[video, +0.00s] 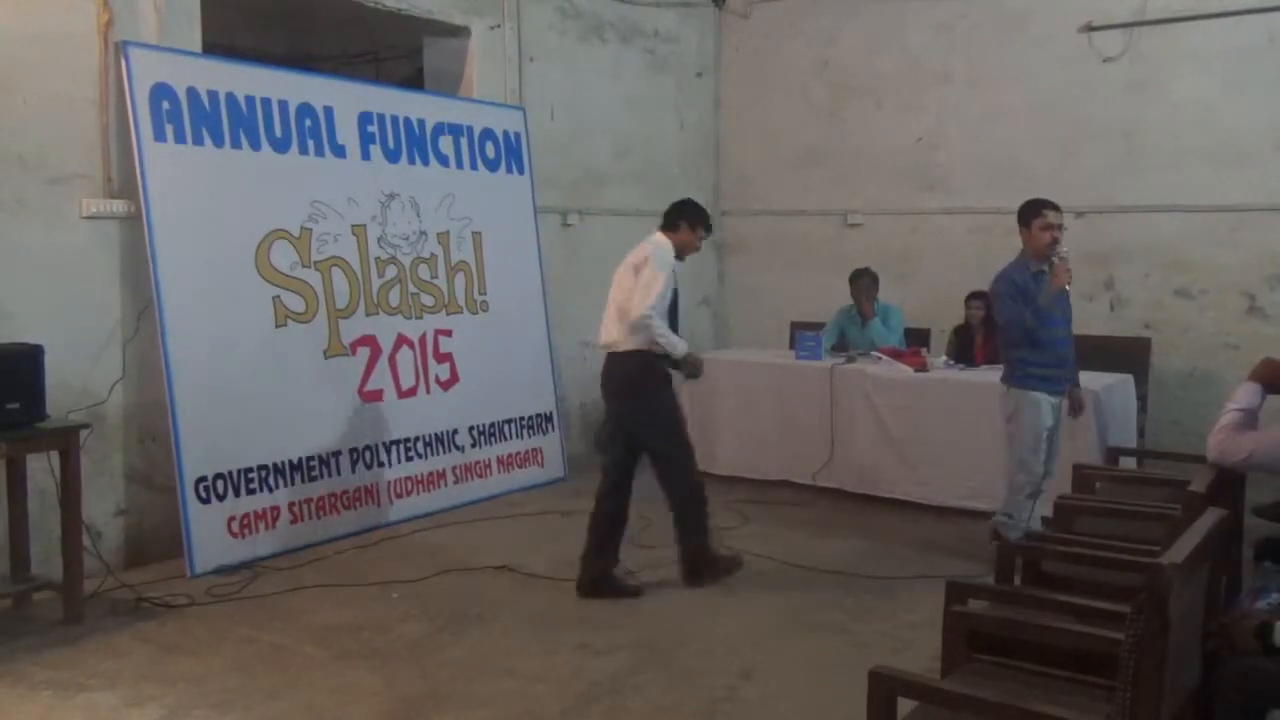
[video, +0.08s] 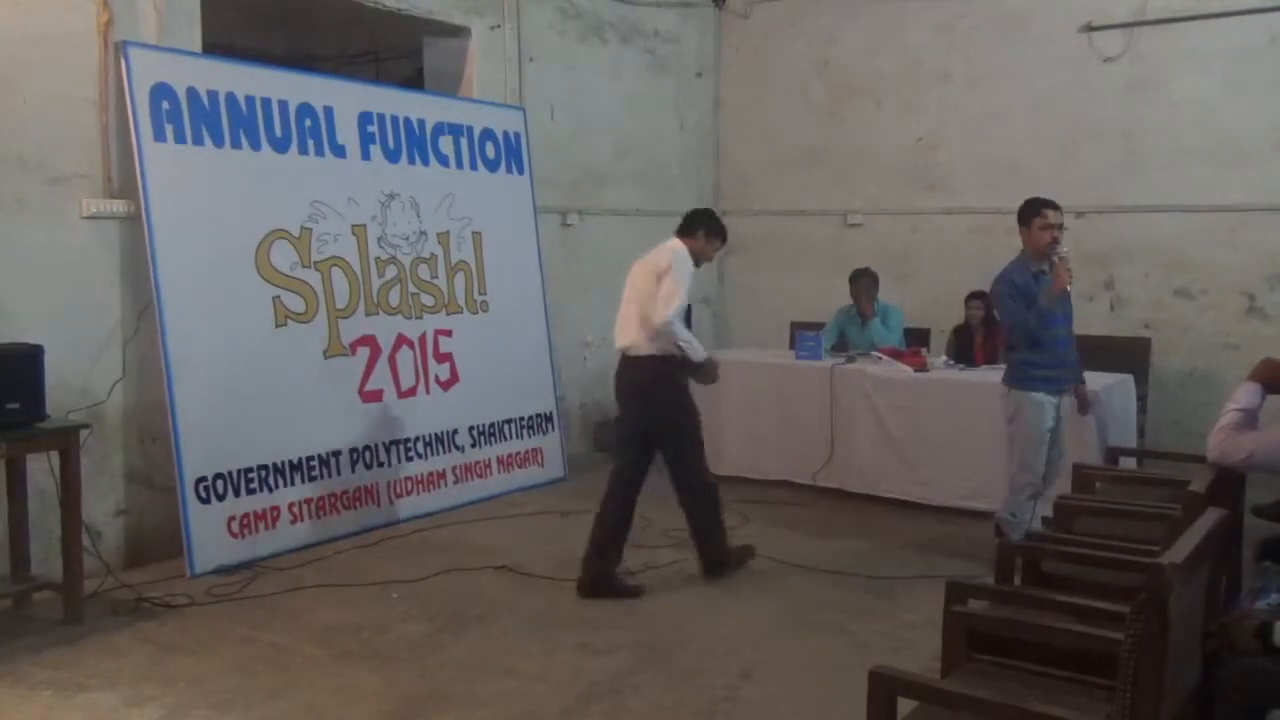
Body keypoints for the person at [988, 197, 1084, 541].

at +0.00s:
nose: (1056, 236)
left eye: (1059, 229)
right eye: (1047, 229)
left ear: (1061, 231)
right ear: (1025, 232)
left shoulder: (1054, 277)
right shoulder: (1008, 281)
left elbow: (1064, 338)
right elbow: (1012, 329)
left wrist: (1072, 384)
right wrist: (1052, 289)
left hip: (1054, 390)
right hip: (1026, 389)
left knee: (1042, 473)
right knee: (1026, 473)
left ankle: (1023, 533)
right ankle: (1006, 537)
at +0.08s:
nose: (1055, 236)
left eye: (1059, 228)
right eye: (1047, 228)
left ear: (1061, 231)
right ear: (1024, 232)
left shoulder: (1056, 276)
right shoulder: (1008, 282)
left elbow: (1066, 336)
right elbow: (1019, 329)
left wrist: (1078, 382)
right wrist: (1053, 291)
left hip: (1056, 390)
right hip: (1027, 389)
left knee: (1050, 472)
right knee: (1028, 474)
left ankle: (1023, 529)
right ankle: (1011, 540)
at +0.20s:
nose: (1055, 235)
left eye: (1059, 228)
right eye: (1046, 228)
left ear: (1062, 231)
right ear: (1024, 232)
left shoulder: (1057, 275)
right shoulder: (1009, 281)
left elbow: (1068, 336)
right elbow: (1020, 332)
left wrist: (1086, 382)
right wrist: (1054, 292)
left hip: (1064, 389)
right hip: (1029, 390)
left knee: (1062, 471)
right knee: (1029, 475)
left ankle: (1048, 534)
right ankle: (1020, 542)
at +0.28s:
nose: (1055, 235)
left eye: (1059, 228)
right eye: (1046, 228)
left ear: (1062, 231)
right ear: (1024, 232)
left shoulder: (1057, 274)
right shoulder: (1008, 281)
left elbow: (1070, 335)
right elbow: (1022, 332)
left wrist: (1089, 381)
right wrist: (1054, 292)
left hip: (1065, 389)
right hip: (1030, 391)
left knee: (1061, 472)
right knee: (1029, 475)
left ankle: (1052, 537)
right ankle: (1021, 543)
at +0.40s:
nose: (1055, 235)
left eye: (1058, 227)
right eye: (1046, 228)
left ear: (1061, 230)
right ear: (1023, 231)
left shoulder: (1057, 273)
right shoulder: (1008, 282)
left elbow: (1070, 334)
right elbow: (1018, 337)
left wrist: (1089, 379)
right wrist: (1052, 294)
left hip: (1067, 389)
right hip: (1031, 391)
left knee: (1065, 468)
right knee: (1032, 472)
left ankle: (1055, 532)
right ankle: (1026, 538)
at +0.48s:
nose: (1054, 234)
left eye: (1058, 227)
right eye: (1045, 227)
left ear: (1062, 230)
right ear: (1023, 231)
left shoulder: (1058, 274)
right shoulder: (1008, 282)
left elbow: (1071, 333)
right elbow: (1018, 336)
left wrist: (1087, 380)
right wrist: (1052, 295)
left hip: (1068, 390)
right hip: (1032, 392)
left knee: (1063, 477)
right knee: (1031, 480)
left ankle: (1059, 545)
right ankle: (1028, 552)